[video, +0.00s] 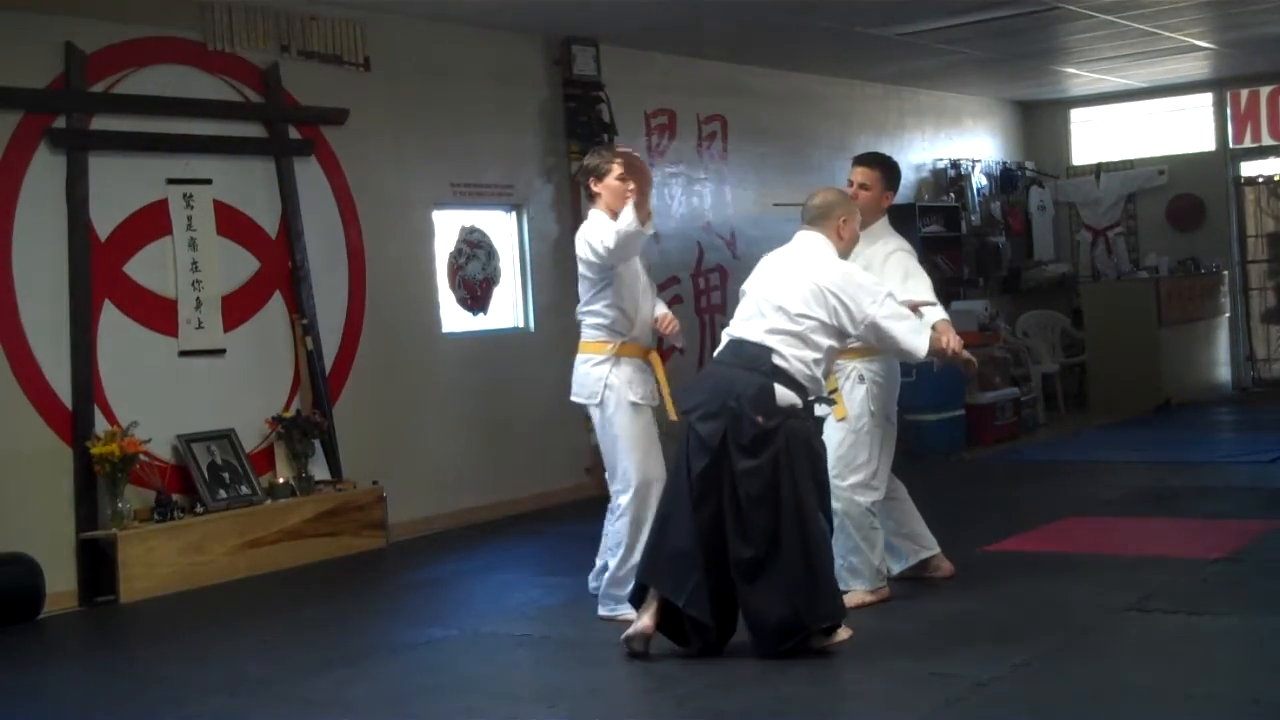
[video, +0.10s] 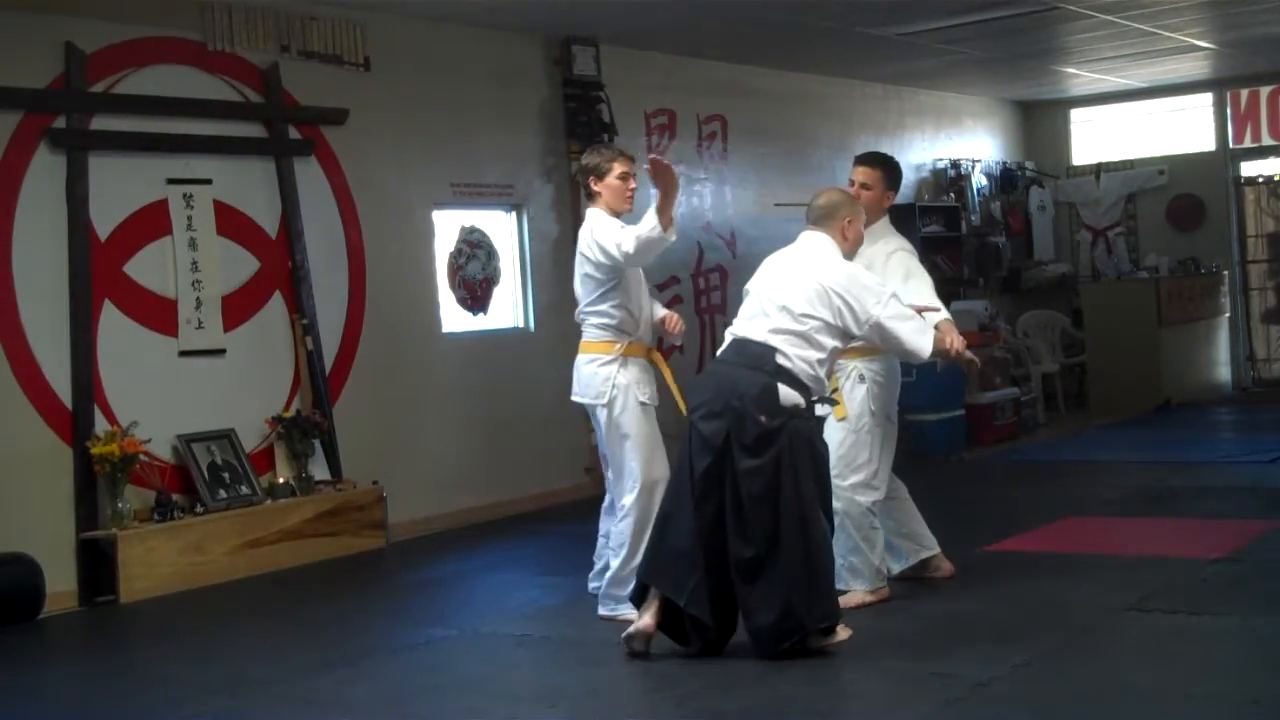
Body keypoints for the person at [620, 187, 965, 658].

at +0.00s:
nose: (856, 236)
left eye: (855, 228)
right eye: (856, 228)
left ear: (808, 223)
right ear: (844, 227)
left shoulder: (771, 261)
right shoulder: (845, 277)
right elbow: (910, 336)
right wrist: (941, 346)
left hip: (714, 381)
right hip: (774, 393)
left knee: (693, 502)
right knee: (802, 513)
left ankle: (650, 612)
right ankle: (815, 624)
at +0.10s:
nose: (860, 237)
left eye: (859, 228)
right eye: (860, 229)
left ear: (811, 223)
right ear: (848, 227)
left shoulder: (774, 262)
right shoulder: (848, 277)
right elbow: (911, 335)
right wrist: (943, 344)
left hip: (716, 380)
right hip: (776, 392)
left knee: (695, 501)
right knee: (802, 513)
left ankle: (652, 611)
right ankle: (811, 624)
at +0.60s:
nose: (828, 226)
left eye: (828, 219)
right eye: (828, 219)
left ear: (774, 218)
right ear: (816, 221)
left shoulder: (740, 260)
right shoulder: (827, 275)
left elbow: (721, 310)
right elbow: (882, 346)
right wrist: (907, 357)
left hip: (709, 384)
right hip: (773, 394)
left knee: (698, 509)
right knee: (794, 515)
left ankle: (684, 620)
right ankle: (814, 626)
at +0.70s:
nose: (810, 223)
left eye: (809, 215)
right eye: (809, 216)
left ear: (754, 217)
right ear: (797, 218)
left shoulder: (719, 262)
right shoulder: (809, 275)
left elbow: (707, 325)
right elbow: (856, 350)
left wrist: (797, 349)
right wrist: (871, 368)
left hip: (702, 391)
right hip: (766, 397)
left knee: (696, 512)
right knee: (794, 512)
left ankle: (683, 632)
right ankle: (819, 622)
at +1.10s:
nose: (720, 218)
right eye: (720, 211)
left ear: (669, 217)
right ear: (717, 214)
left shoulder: (641, 273)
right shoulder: (748, 268)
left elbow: (613, 355)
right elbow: (779, 345)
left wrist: (619, 420)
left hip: (663, 409)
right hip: (730, 407)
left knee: (667, 527)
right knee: (741, 519)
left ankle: (682, 645)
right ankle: (767, 627)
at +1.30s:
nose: (701, 208)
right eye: (699, 201)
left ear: (648, 213)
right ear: (697, 207)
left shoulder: (631, 266)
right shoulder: (735, 260)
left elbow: (596, 349)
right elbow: (770, 331)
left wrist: (584, 422)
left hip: (658, 405)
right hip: (727, 402)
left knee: (662, 525)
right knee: (738, 516)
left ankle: (678, 648)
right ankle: (758, 629)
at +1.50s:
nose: (700, 211)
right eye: (697, 204)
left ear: (645, 214)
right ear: (692, 208)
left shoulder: (629, 263)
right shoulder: (732, 260)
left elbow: (605, 346)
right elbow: (766, 333)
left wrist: (607, 427)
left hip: (659, 405)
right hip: (727, 401)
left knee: (664, 526)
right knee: (745, 514)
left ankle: (679, 650)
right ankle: (767, 627)